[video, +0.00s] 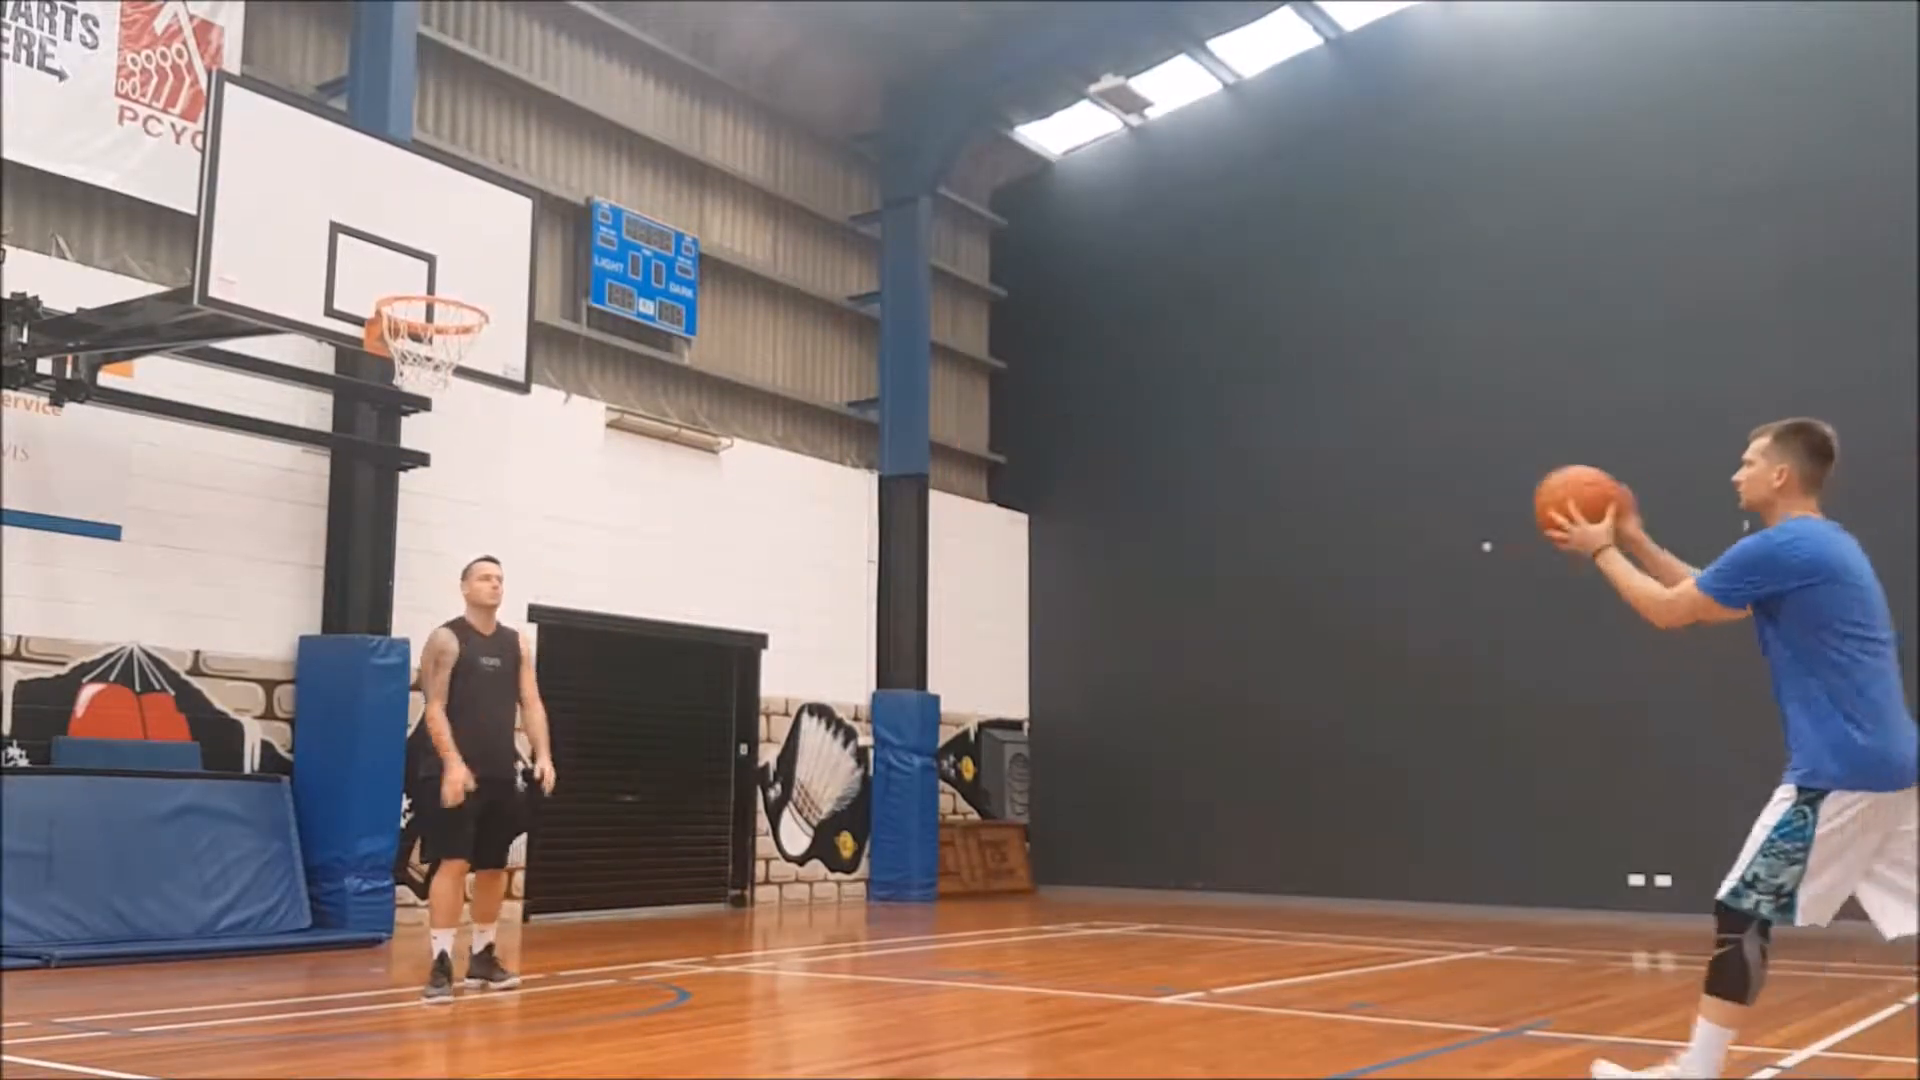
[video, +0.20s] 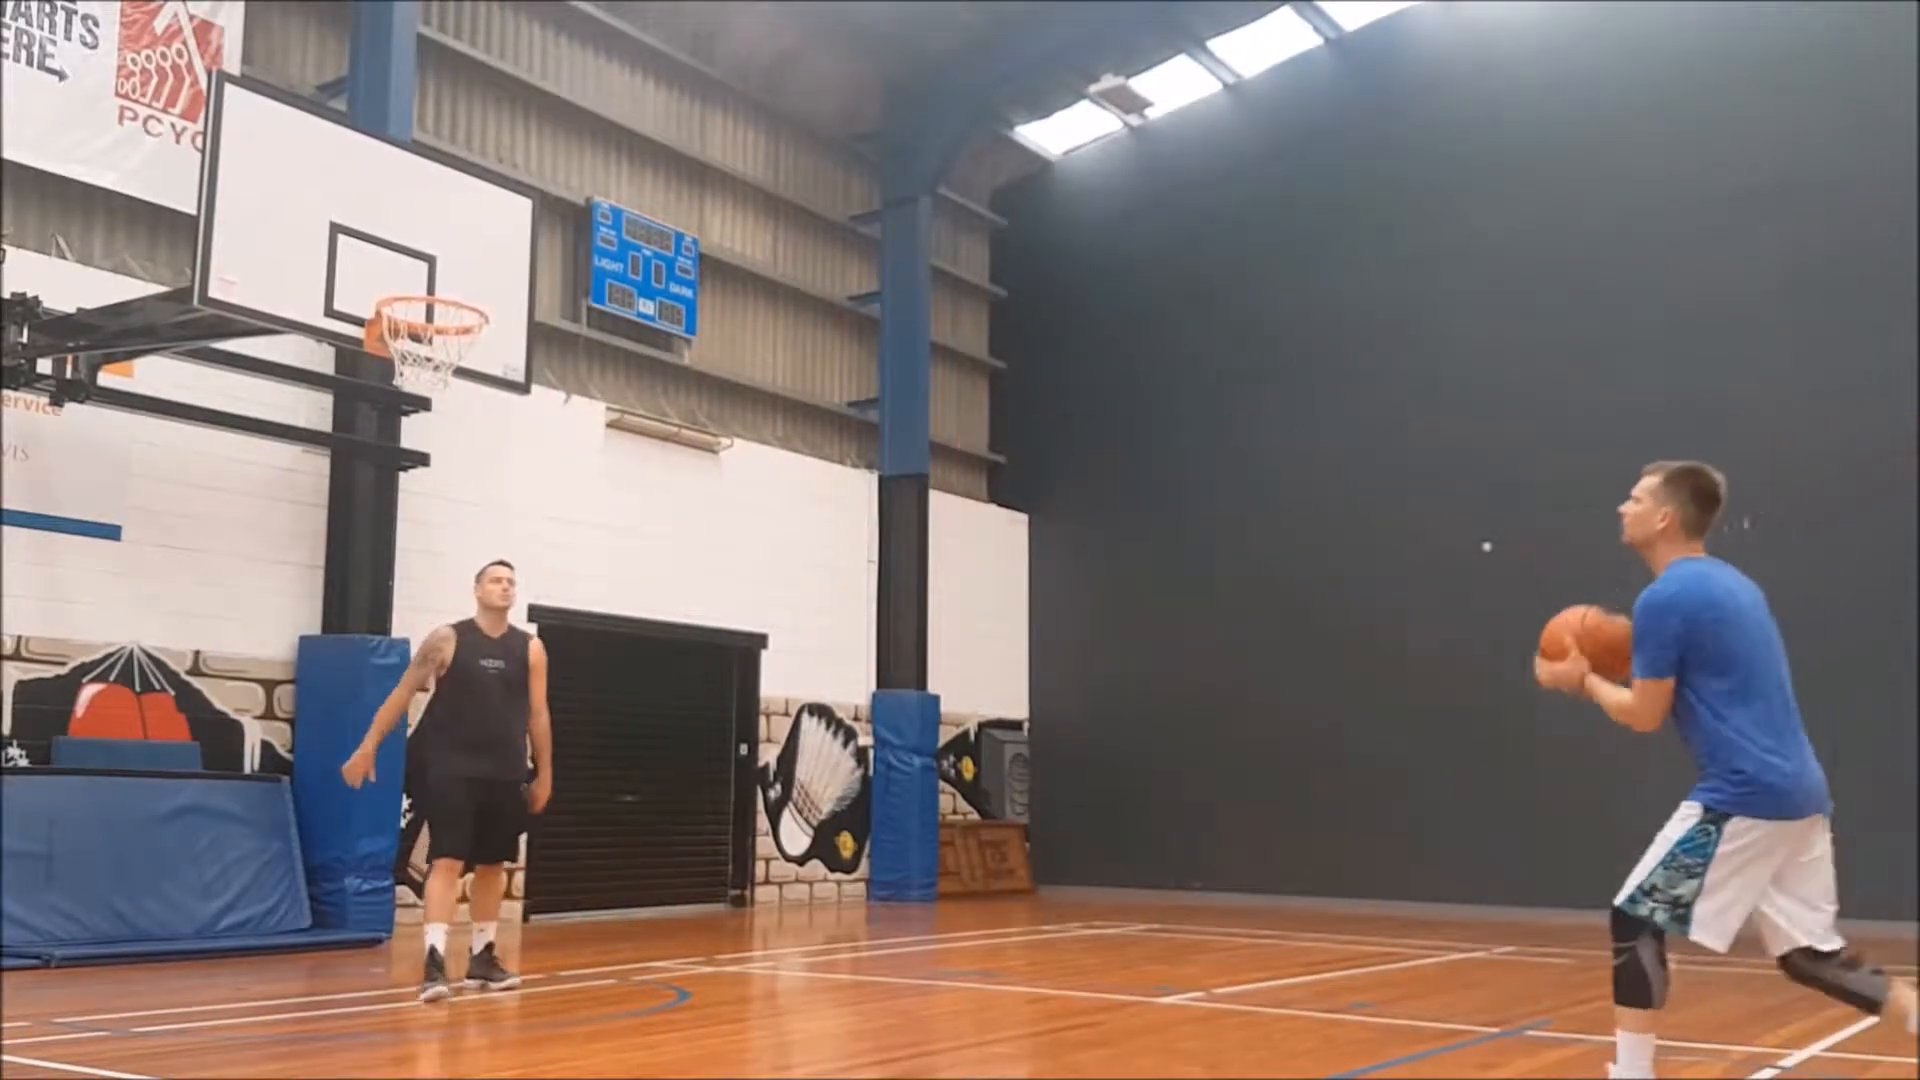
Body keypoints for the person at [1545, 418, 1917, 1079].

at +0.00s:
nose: (1736, 475)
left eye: (1747, 463)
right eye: (1741, 463)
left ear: (1782, 475)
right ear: (1797, 479)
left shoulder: (1779, 549)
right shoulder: (1830, 543)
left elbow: (1667, 611)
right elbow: (1711, 597)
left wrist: (1602, 553)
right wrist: (1635, 543)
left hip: (1838, 770)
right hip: (1893, 765)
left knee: (1743, 911)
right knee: (1914, 917)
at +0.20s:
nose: (1621, 509)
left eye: (1634, 501)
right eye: (1628, 498)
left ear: (1666, 518)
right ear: (1685, 523)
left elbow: (1644, 714)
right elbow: (1705, 683)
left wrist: (1581, 678)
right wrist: (1621, 649)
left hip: (1742, 792)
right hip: (1800, 790)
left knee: (1636, 918)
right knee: (1804, 951)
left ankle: (1631, 1069)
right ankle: (1915, 1014)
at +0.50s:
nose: (1542, 539)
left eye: (1554, 532)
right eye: (1550, 530)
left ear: (1583, 553)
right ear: (1582, 554)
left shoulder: (1608, 627)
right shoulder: (1594, 628)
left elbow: (1566, 741)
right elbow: (1553, 727)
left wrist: (1468, 755)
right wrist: (1466, 737)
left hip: (1650, 820)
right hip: (1621, 813)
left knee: (1542, 942)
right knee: (1521, 930)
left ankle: (1618, 1072)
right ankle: (1568, 1067)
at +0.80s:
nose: (1551, 455)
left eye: (1566, 447)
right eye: (1558, 446)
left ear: (1593, 467)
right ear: (1588, 468)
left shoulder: (1594, 532)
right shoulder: (1555, 530)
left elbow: (1470, 483)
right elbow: (1467, 486)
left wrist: (1495, 403)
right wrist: (1495, 417)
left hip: (1562, 746)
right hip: (1523, 742)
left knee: (1543, 906)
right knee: (1510, 901)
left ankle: (1610, 1058)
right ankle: (1553, 1051)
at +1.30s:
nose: (1562, 471)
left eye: (1578, 463)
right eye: (1571, 460)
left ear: (1605, 488)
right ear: (1600, 490)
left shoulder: (1607, 552)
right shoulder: (1574, 552)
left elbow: (1478, 527)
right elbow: (1490, 520)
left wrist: (1444, 454)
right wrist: (1469, 442)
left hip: (1563, 768)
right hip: (1516, 762)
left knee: (1533, 926)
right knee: (1470, 914)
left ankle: (1583, 1069)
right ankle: (1497, 1061)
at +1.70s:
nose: (1624, 470)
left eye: (1637, 462)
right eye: (1632, 460)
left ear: (1663, 482)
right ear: (1664, 485)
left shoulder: (1671, 557)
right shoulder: (1661, 558)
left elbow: (1686, 669)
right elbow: (1646, 681)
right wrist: (1587, 747)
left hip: (1638, 776)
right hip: (1639, 774)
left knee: (1595, 924)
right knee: (1637, 933)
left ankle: (1588, 1070)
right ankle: (1771, 1027)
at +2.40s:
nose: (1816, 467)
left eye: (1829, 456)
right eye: (1821, 456)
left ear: (1864, 468)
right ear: (1871, 471)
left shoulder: (1863, 533)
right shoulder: (1893, 534)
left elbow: (1821, 642)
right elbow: (1891, 664)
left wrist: (1740, 714)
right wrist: (1853, 762)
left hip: (1885, 769)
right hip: (1886, 767)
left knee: (1884, 926)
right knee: (1880, 924)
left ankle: (1887, 1067)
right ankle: (1886, 1066)